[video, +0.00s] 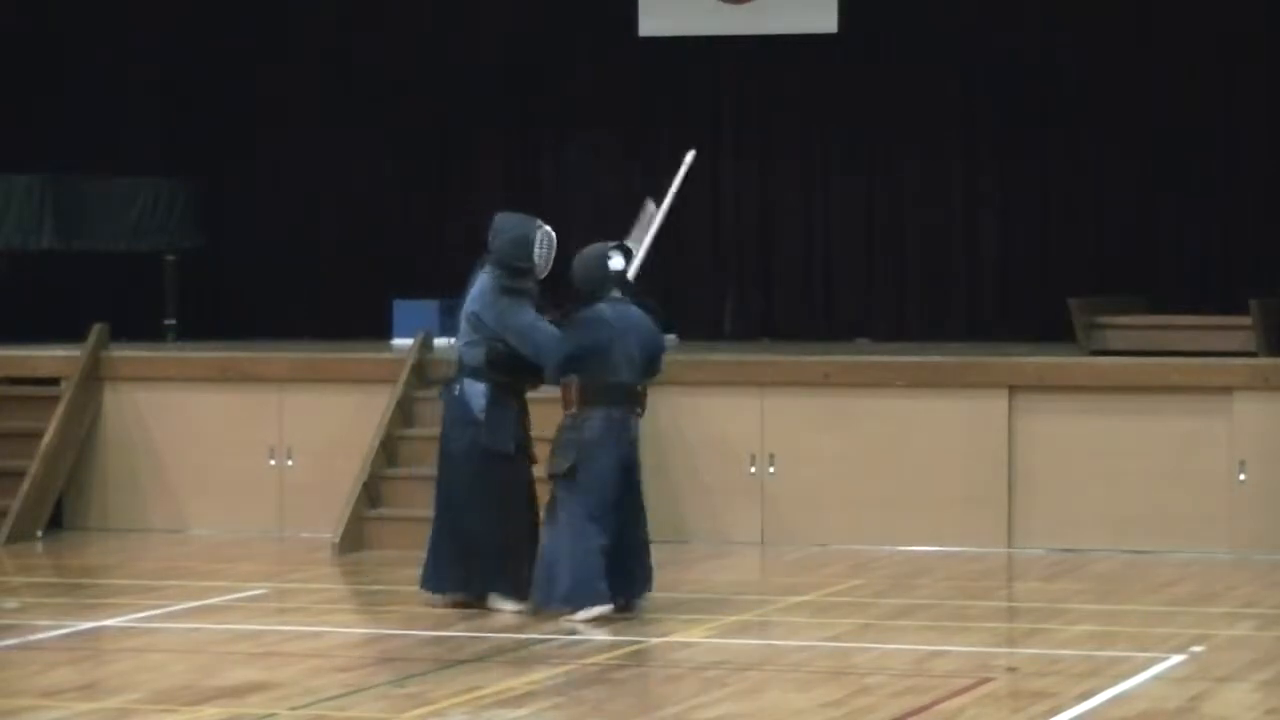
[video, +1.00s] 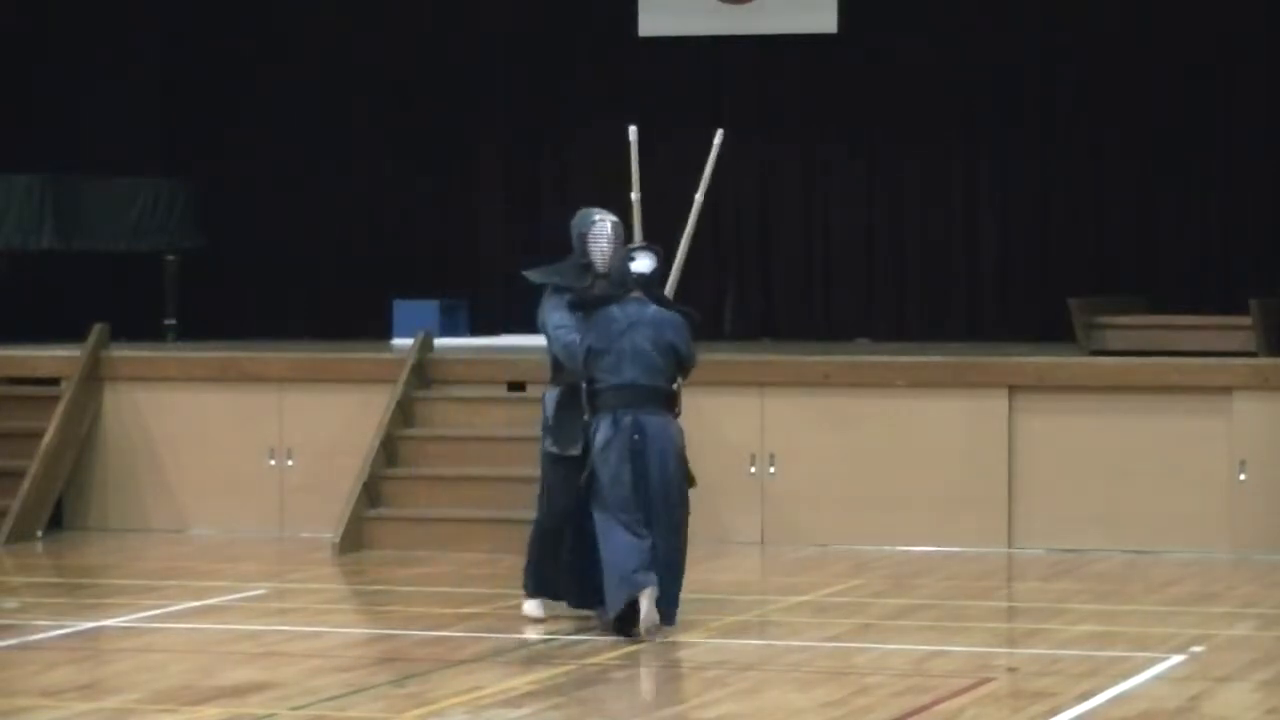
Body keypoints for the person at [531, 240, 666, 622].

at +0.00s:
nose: (576, 285)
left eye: (578, 279)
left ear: (583, 282)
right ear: (616, 278)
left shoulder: (587, 321)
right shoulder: (640, 321)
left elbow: (556, 360)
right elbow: (652, 364)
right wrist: (619, 375)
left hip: (591, 418)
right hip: (626, 418)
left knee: (577, 501)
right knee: (620, 502)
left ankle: (586, 595)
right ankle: (625, 589)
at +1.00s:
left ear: (616, 283)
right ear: (648, 283)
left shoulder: (600, 320)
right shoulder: (669, 319)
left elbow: (575, 358)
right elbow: (686, 363)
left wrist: (555, 313)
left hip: (613, 421)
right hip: (660, 422)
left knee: (616, 509)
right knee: (665, 514)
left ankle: (640, 584)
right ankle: (662, 610)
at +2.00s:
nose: (626, 276)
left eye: (629, 270)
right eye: (631, 269)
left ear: (636, 277)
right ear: (672, 278)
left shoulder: (627, 321)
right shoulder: (690, 322)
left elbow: (576, 358)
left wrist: (575, 330)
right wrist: (624, 313)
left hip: (650, 432)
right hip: (692, 430)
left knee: (643, 526)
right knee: (681, 526)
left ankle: (670, 619)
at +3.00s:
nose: (570, 287)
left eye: (573, 282)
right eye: (573, 282)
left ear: (582, 283)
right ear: (614, 282)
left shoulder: (580, 324)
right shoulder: (636, 322)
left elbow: (538, 365)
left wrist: (543, 321)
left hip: (606, 431)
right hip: (640, 429)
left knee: (612, 521)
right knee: (629, 519)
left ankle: (660, 610)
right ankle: (607, 621)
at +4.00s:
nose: (601, 284)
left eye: (604, 277)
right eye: (604, 276)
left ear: (610, 279)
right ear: (640, 277)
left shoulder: (613, 326)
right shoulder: (655, 321)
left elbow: (576, 398)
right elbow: (603, 370)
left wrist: (543, 400)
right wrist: (551, 387)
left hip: (622, 435)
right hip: (653, 430)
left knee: (608, 525)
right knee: (646, 522)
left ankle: (651, 606)